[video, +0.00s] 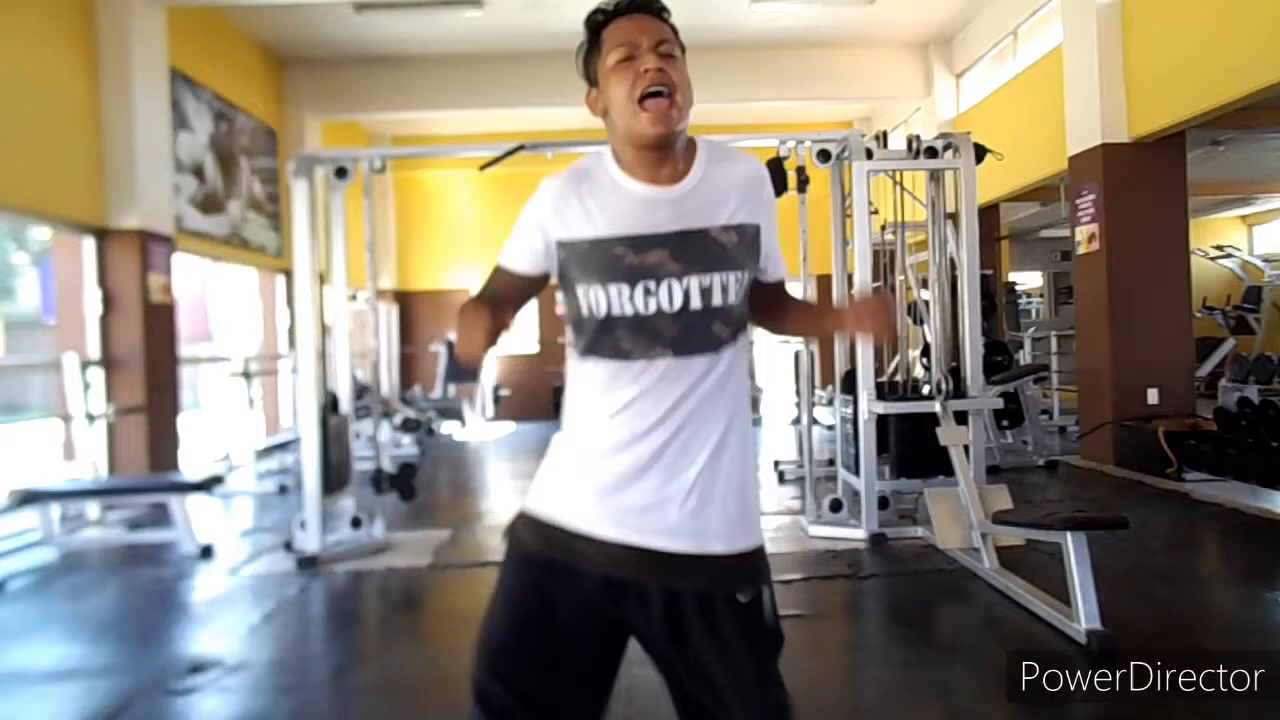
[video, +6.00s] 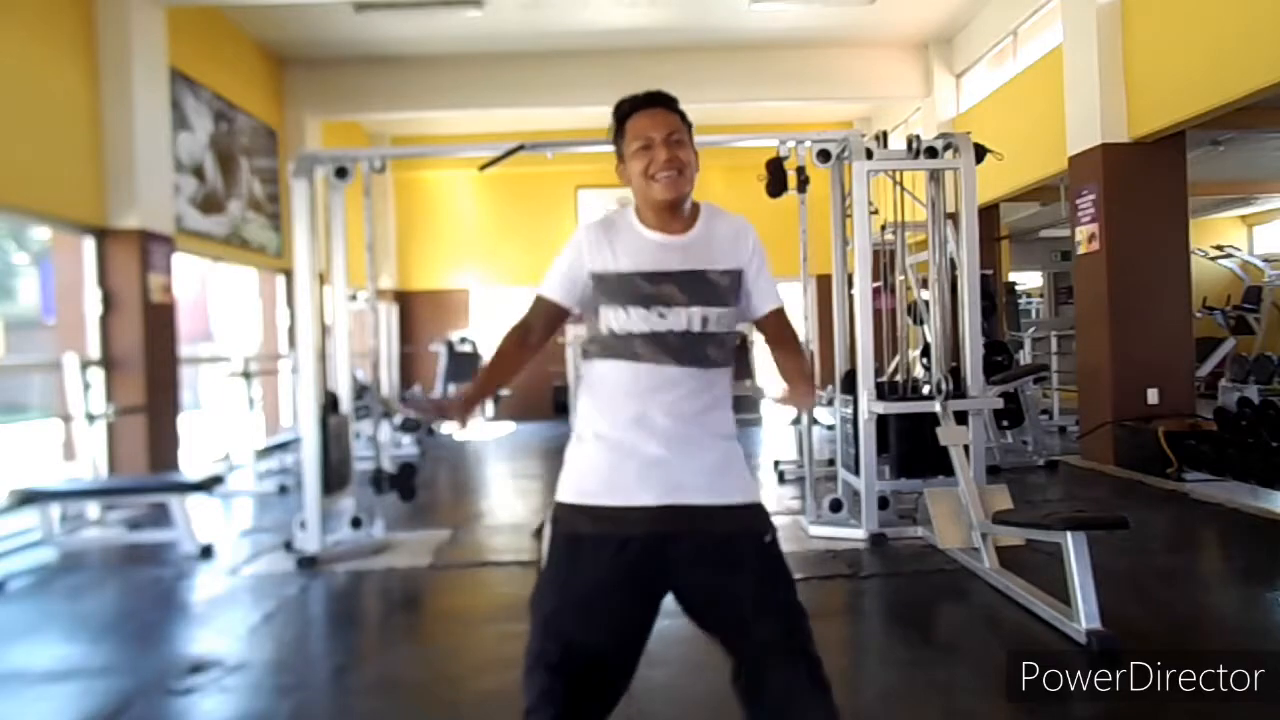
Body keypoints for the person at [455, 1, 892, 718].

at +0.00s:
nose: (654, 64)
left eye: (666, 51)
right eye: (626, 58)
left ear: (690, 81)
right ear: (596, 100)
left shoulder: (742, 179)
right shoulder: (563, 198)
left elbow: (763, 300)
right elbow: (492, 303)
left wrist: (840, 318)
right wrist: (475, 338)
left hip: (710, 540)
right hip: (573, 528)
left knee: (751, 712)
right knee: (511, 704)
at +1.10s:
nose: (637, 172)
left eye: (647, 159)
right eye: (620, 164)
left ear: (666, 169)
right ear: (599, 184)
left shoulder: (705, 243)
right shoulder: (578, 253)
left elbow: (734, 321)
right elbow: (533, 334)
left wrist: (739, 364)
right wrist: (517, 362)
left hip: (672, 481)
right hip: (578, 469)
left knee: (700, 647)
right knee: (516, 601)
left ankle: (717, 706)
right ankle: (516, 707)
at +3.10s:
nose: (637, 172)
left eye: (649, 163)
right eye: (624, 163)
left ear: (664, 178)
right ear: (606, 179)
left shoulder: (688, 246)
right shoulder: (575, 249)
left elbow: (711, 331)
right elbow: (541, 326)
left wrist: (742, 295)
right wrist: (528, 313)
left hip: (676, 452)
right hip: (589, 445)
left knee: (696, 604)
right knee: (518, 581)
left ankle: (731, 676)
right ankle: (522, 682)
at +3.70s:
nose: (635, 175)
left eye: (647, 165)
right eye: (623, 169)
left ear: (668, 179)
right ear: (608, 187)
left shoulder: (692, 256)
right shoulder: (579, 249)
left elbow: (725, 338)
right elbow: (527, 329)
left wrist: (767, 396)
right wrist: (509, 408)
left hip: (681, 453)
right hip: (591, 458)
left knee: (735, 582)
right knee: (573, 599)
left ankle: (747, 698)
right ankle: (540, 702)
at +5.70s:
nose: (665, 148)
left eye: (678, 134)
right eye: (648, 137)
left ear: (699, 148)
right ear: (626, 158)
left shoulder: (736, 229)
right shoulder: (596, 242)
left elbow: (755, 324)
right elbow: (547, 331)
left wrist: (772, 318)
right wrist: (489, 336)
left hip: (724, 496)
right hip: (610, 498)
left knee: (767, 690)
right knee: (568, 690)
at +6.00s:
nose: (666, 156)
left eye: (676, 141)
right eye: (646, 147)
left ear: (696, 152)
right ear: (623, 169)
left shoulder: (735, 239)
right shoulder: (594, 243)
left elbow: (776, 327)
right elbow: (535, 329)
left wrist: (799, 379)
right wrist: (474, 393)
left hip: (715, 496)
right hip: (603, 498)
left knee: (786, 671)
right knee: (561, 686)